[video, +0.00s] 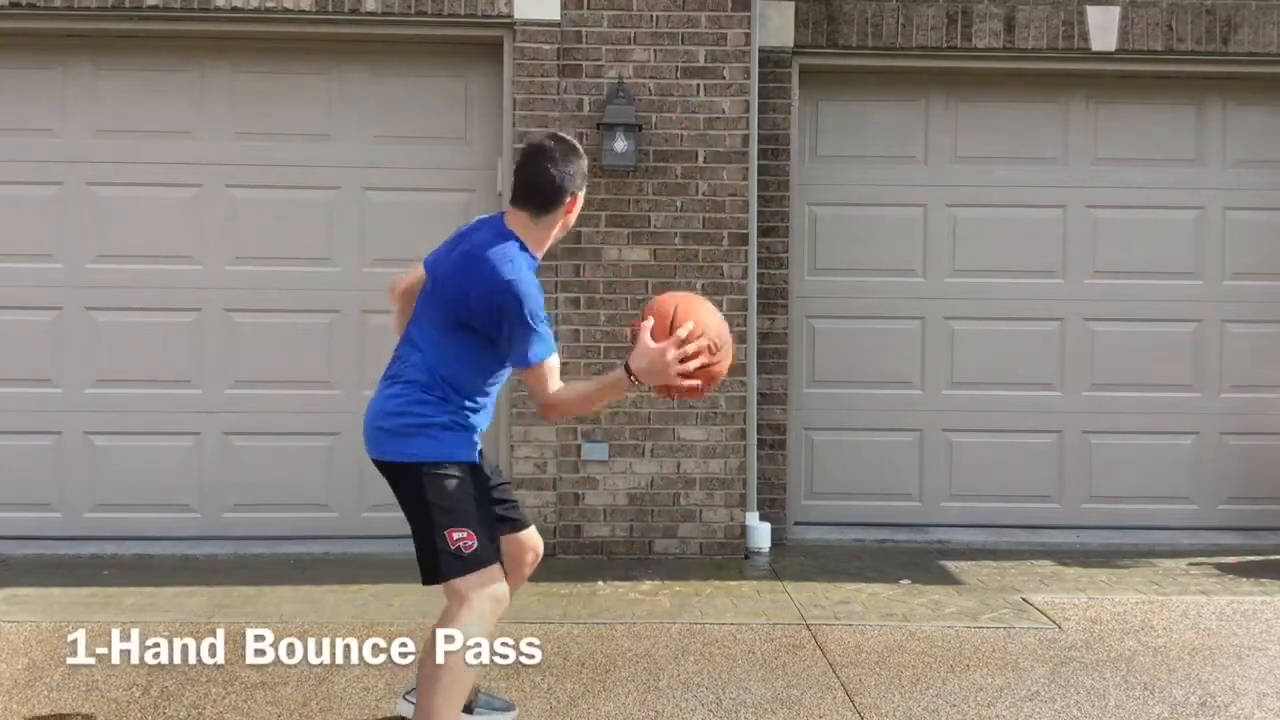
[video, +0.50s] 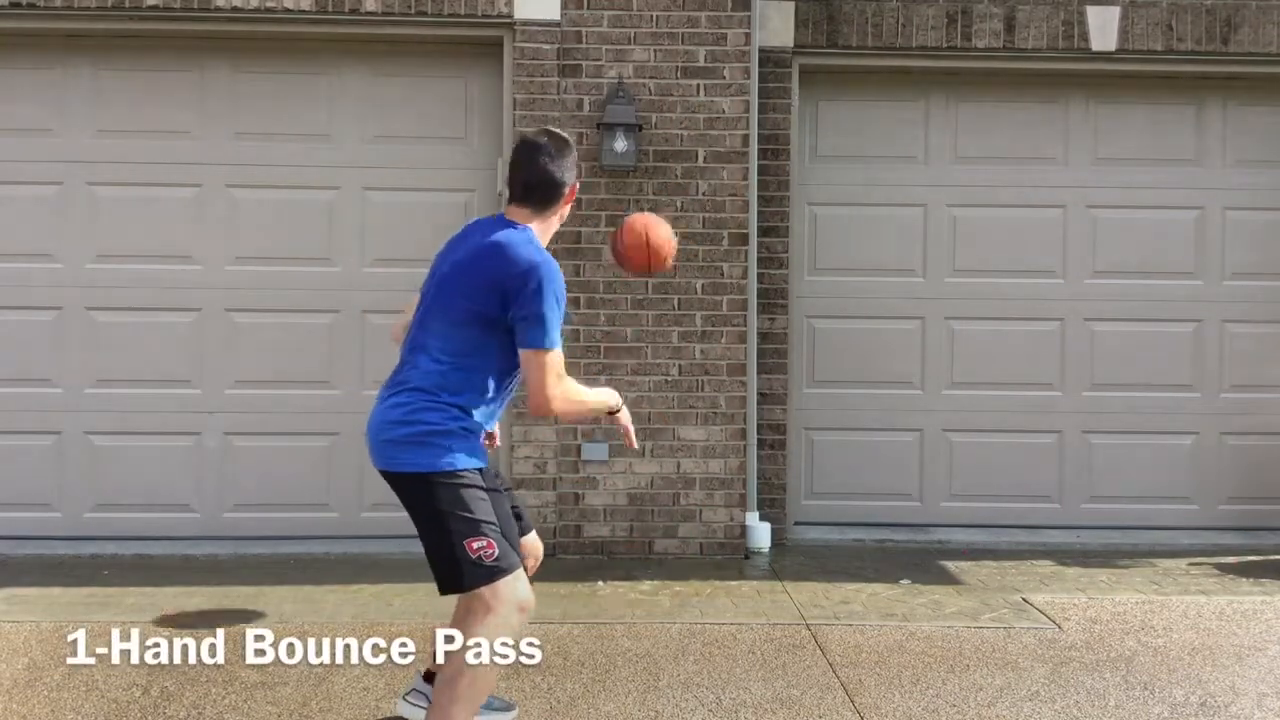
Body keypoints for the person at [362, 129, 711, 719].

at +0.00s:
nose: (581, 209)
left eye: (583, 197)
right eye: (582, 198)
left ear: (516, 187)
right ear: (570, 206)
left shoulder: (482, 233)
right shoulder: (515, 275)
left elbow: (405, 288)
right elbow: (551, 403)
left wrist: (421, 361)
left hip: (439, 430)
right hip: (422, 436)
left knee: (520, 552)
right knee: (480, 594)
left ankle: (431, 688)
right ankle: (433, 711)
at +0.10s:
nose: (579, 218)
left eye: (580, 208)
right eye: (581, 208)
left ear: (517, 192)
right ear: (572, 211)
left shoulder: (478, 239)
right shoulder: (519, 284)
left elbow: (448, 325)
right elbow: (572, 391)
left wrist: (490, 381)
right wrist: (624, 426)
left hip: (443, 431)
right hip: (420, 437)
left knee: (522, 549)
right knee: (485, 594)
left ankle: (432, 686)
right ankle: (438, 709)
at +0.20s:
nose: (582, 213)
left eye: (579, 202)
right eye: (584, 204)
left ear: (517, 194)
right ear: (575, 211)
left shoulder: (479, 238)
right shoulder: (533, 290)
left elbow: (465, 327)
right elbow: (555, 388)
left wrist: (513, 375)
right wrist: (594, 411)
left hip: (439, 429)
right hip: (421, 438)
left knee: (521, 550)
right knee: (487, 596)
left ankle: (434, 687)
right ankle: (439, 712)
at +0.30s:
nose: (581, 213)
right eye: (583, 204)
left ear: (518, 194)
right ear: (576, 210)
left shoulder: (480, 242)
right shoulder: (537, 289)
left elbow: (461, 343)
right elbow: (543, 406)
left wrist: (508, 398)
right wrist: (600, 418)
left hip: (437, 430)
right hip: (424, 437)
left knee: (521, 551)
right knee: (488, 595)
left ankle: (435, 687)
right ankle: (438, 710)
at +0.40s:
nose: (581, 207)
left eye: (581, 198)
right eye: (582, 198)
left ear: (516, 190)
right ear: (575, 205)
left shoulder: (479, 240)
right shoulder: (536, 277)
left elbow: (441, 339)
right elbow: (550, 408)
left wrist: (482, 405)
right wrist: (604, 434)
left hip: (437, 428)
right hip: (424, 436)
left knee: (522, 551)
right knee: (494, 597)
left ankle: (436, 687)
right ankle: (442, 710)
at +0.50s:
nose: (576, 199)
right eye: (576, 190)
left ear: (510, 184)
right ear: (570, 196)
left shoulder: (470, 237)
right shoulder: (536, 269)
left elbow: (409, 332)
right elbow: (549, 399)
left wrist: (472, 411)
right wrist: (611, 399)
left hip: (420, 427)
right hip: (433, 437)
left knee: (523, 551)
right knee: (504, 602)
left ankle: (439, 684)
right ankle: (450, 711)